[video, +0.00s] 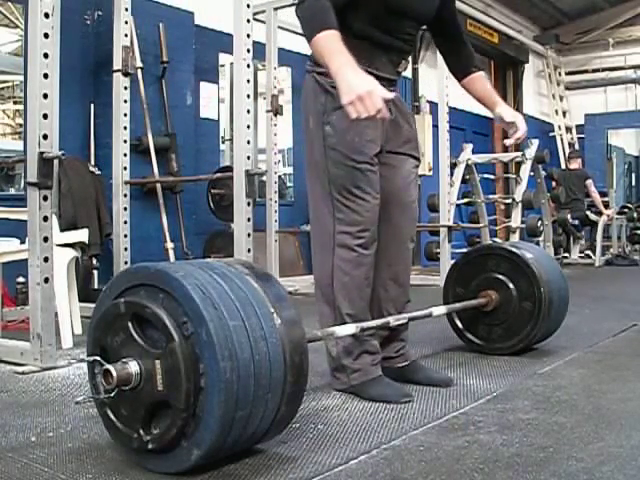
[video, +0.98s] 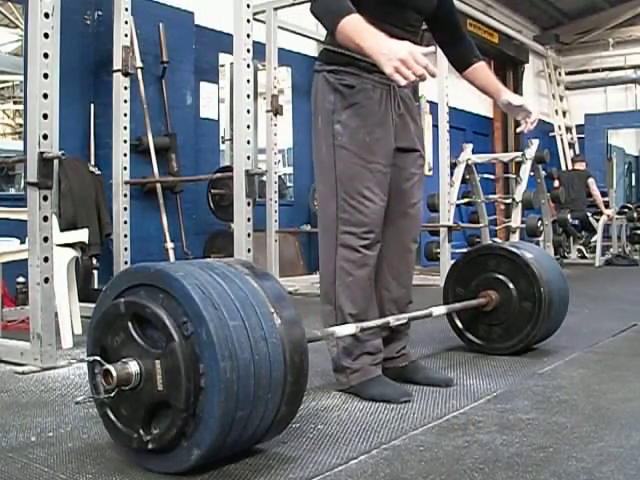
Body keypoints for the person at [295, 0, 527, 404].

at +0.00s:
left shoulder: (439, 4)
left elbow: (459, 55)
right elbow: (311, 6)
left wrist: (500, 108)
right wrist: (347, 72)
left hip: (390, 96)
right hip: (336, 89)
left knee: (398, 224)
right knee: (353, 224)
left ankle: (391, 351)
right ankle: (352, 363)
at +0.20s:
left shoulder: (441, 5)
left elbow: (461, 46)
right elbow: (326, 4)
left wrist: (506, 100)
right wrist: (371, 53)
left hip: (402, 88)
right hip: (347, 82)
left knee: (404, 219)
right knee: (358, 222)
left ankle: (393, 353)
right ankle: (353, 363)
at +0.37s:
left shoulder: (439, 2)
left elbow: (459, 34)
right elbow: (333, 2)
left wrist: (512, 90)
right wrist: (389, 37)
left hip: (404, 90)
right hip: (354, 82)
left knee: (407, 225)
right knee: (361, 224)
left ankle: (394, 354)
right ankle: (355, 364)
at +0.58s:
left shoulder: (439, 2)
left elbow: (461, 32)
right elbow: (333, 1)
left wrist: (516, 85)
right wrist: (392, 30)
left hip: (405, 87)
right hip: (356, 81)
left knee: (408, 227)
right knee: (363, 225)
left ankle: (395, 353)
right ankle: (356, 365)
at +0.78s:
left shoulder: (437, 2)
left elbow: (457, 35)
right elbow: (328, 3)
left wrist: (510, 91)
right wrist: (387, 41)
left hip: (403, 90)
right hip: (352, 82)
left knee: (403, 226)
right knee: (358, 225)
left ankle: (393, 353)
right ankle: (355, 364)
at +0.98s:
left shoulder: (434, 4)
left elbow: (454, 37)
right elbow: (325, 4)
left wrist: (502, 94)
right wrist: (381, 47)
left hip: (403, 91)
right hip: (351, 83)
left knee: (401, 225)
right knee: (357, 224)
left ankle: (393, 353)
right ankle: (355, 364)